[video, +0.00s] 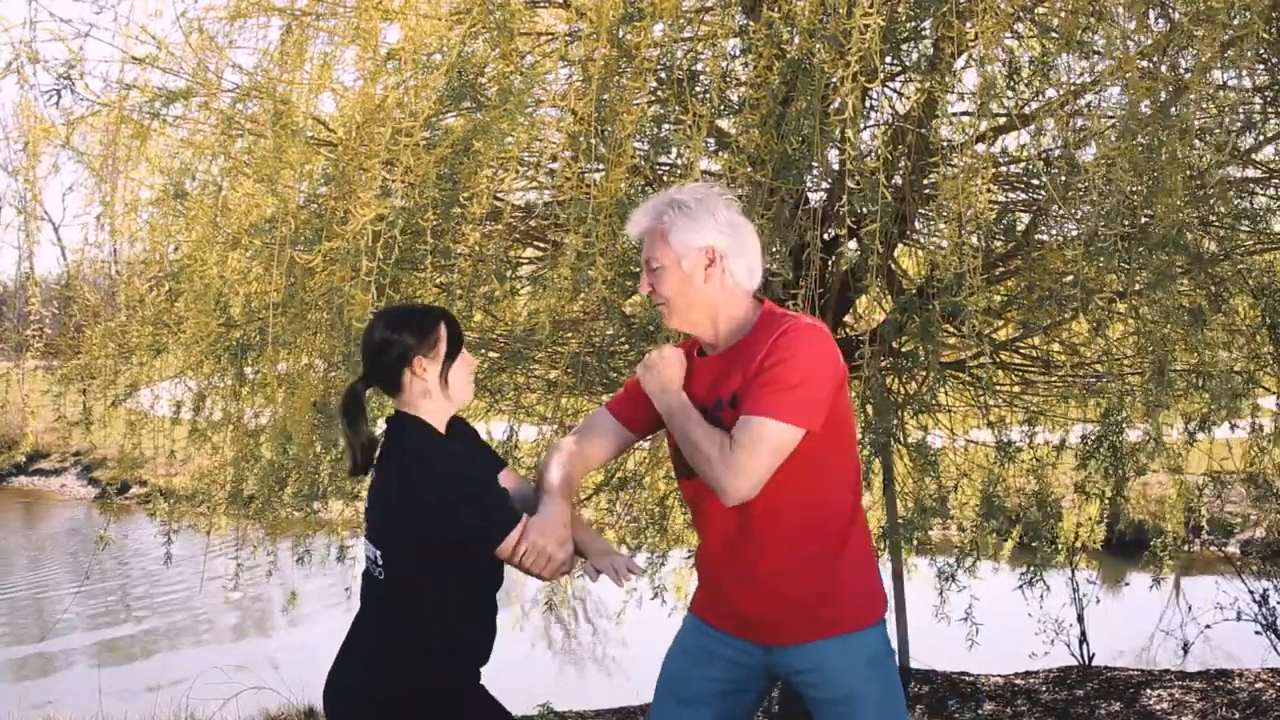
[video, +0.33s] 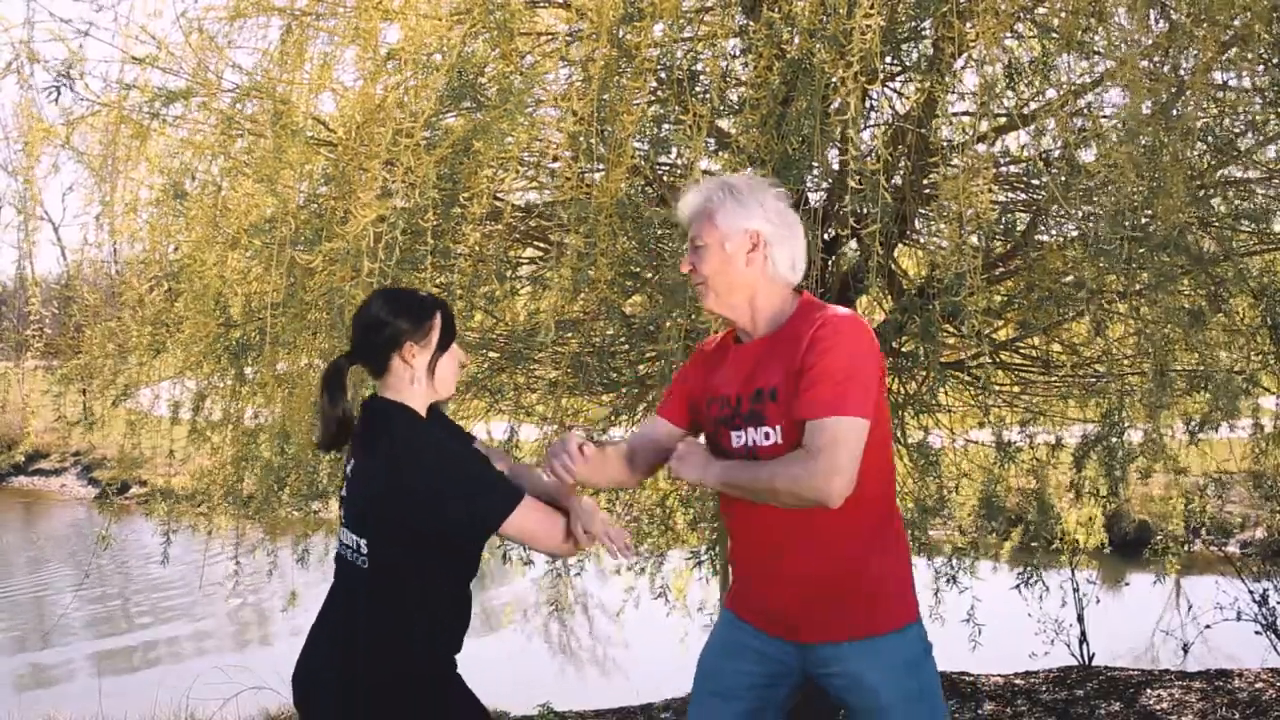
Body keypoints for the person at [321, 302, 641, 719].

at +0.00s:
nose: (472, 360)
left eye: (464, 347)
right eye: (459, 349)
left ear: (421, 370)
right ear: (423, 368)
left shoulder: (448, 431)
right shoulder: (435, 468)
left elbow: (529, 496)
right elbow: (544, 560)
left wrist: (590, 542)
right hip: (421, 697)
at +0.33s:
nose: (463, 357)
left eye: (457, 342)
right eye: (451, 343)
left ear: (406, 357)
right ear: (412, 355)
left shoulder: (377, 420)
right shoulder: (437, 452)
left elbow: (494, 462)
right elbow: (565, 538)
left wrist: (573, 501)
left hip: (330, 673)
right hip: (403, 689)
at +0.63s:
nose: (412, 375)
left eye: (410, 361)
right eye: (403, 361)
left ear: (348, 374)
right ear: (360, 376)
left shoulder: (299, 445)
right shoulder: (390, 468)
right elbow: (509, 531)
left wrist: (398, 454)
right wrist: (566, 441)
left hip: (275, 690)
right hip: (366, 695)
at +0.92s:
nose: (385, 355)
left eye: (379, 341)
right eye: (373, 343)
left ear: (322, 360)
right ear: (326, 358)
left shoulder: (272, 423)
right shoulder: (345, 448)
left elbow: (346, 515)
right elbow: (470, 512)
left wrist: (391, 434)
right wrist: (497, 412)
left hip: (255, 672)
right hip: (333, 681)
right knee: (412, 711)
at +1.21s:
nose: (414, 351)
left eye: (407, 337)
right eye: (401, 338)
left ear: (354, 352)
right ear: (359, 352)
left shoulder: (304, 431)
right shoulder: (392, 439)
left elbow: (388, 502)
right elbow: (527, 470)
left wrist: (425, 420)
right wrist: (535, 376)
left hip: (304, 681)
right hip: (390, 683)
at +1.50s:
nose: (431, 382)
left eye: (428, 368)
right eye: (424, 368)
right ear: (382, 372)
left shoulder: (312, 446)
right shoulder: (407, 454)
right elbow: (539, 499)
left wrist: (436, 432)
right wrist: (504, 436)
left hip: (300, 687)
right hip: (390, 688)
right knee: (482, 712)